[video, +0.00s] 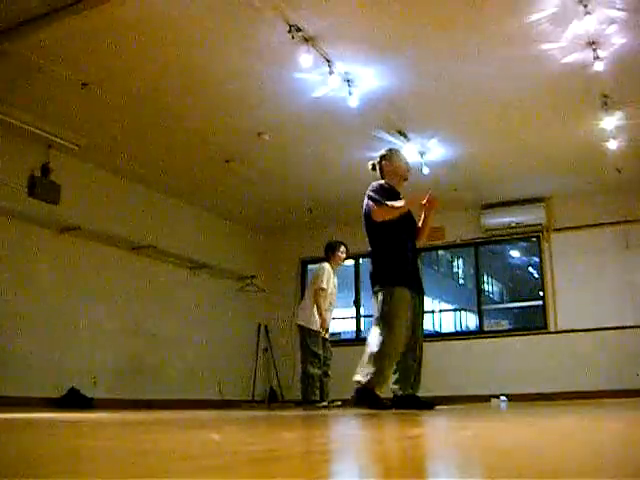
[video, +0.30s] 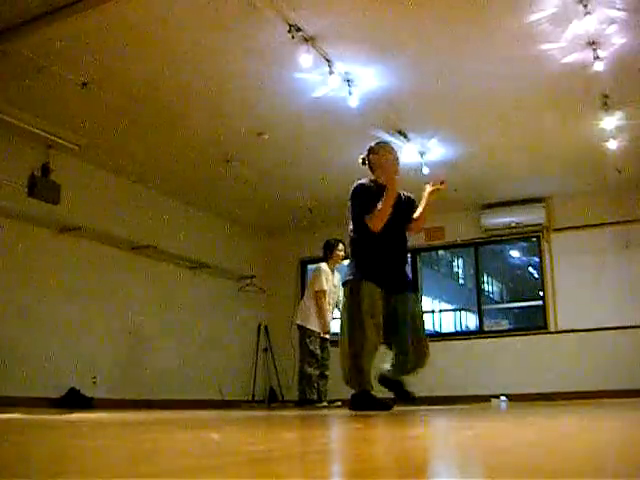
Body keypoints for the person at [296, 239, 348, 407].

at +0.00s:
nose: (343, 256)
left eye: (344, 253)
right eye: (340, 252)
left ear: (342, 256)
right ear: (331, 253)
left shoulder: (331, 273)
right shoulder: (324, 268)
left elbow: (326, 298)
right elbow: (319, 294)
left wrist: (326, 322)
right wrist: (323, 320)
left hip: (320, 322)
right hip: (311, 320)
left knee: (325, 358)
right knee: (314, 360)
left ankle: (323, 396)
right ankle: (312, 398)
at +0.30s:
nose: (341, 254)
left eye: (343, 251)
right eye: (338, 250)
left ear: (343, 255)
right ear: (329, 252)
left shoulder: (335, 275)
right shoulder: (321, 270)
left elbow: (334, 300)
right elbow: (320, 297)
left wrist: (329, 321)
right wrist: (325, 325)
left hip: (323, 321)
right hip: (310, 320)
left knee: (323, 362)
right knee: (311, 361)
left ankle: (321, 396)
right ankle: (309, 397)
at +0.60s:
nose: (343, 253)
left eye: (344, 250)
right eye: (340, 250)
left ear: (343, 254)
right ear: (331, 252)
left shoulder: (339, 276)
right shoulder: (321, 270)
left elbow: (340, 300)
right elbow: (313, 295)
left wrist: (349, 312)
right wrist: (318, 321)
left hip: (326, 321)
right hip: (311, 320)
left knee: (326, 360)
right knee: (312, 359)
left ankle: (324, 395)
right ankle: (308, 396)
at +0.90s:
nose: (346, 253)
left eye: (347, 250)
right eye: (342, 250)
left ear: (349, 254)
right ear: (334, 253)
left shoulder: (341, 275)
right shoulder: (327, 268)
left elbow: (334, 297)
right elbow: (304, 279)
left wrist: (349, 299)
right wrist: (294, 303)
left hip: (326, 320)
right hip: (315, 317)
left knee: (325, 357)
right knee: (327, 354)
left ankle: (319, 396)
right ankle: (320, 396)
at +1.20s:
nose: (342, 251)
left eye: (345, 249)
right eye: (339, 247)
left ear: (348, 253)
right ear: (332, 250)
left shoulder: (349, 274)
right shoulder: (318, 263)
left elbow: (364, 294)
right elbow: (299, 268)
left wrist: (361, 283)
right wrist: (307, 272)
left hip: (333, 314)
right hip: (312, 314)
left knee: (336, 333)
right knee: (314, 359)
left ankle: (336, 362)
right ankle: (319, 397)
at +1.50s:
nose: (341, 258)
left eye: (344, 255)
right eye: (338, 254)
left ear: (346, 259)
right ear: (330, 256)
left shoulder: (350, 277)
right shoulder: (320, 278)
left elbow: (365, 298)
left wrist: (356, 317)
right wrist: (316, 304)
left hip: (339, 324)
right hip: (322, 323)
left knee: (307, 348)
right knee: (318, 364)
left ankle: (278, 372)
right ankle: (337, 396)